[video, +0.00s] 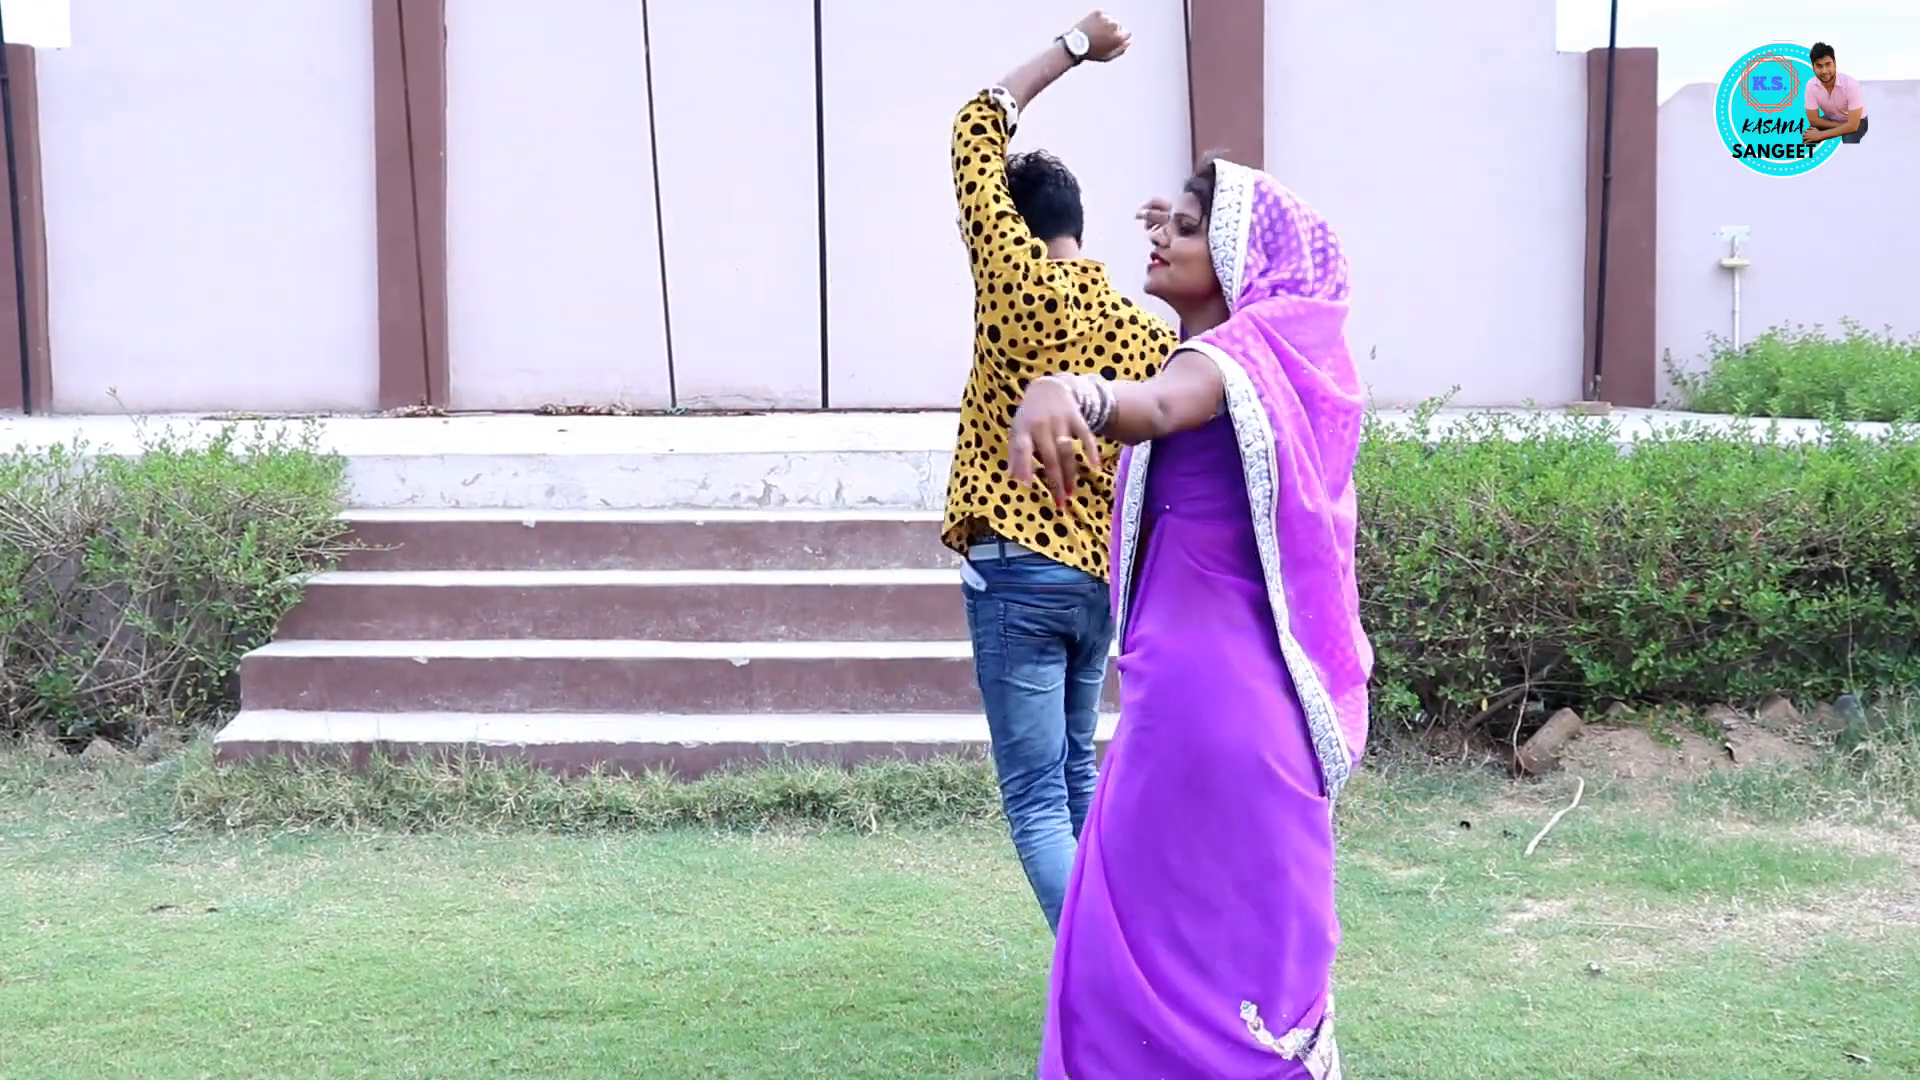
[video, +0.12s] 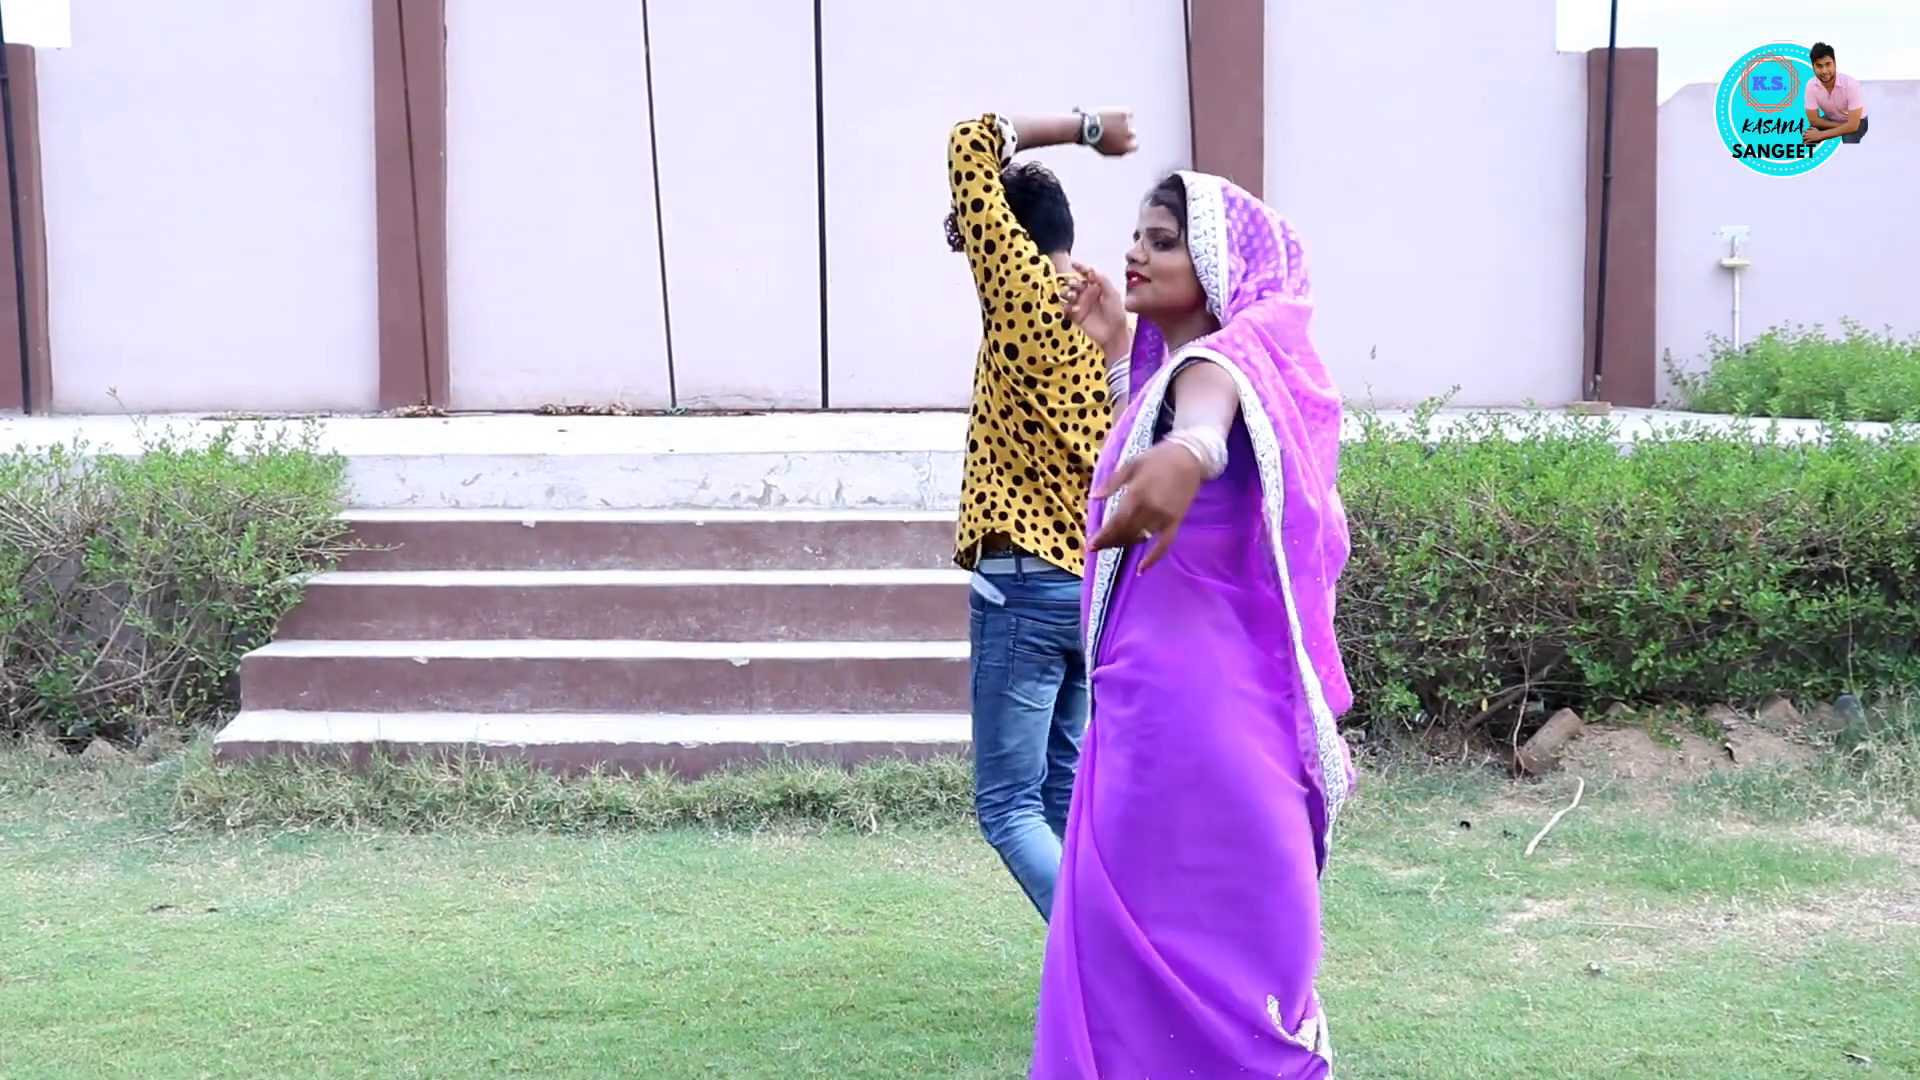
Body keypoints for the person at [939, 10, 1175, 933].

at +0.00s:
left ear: (1009, 225)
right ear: (1085, 230)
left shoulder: (1016, 280)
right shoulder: (1143, 328)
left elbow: (977, 134)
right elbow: (1178, 441)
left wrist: (1072, 46)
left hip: (1017, 574)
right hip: (1102, 582)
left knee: (1038, 803)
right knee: (1080, 774)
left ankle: (1106, 981)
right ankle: (1127, 957)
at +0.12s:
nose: (972, 251)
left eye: (974, 237)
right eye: (968, 240)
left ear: (1003, 233)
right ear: (1066, 231)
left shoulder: (1025, 292)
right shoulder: (1102, 312)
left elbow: (976, 142)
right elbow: (1112, 450)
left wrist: (1091, 126)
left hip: (1023, 586)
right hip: (1092, 583)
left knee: (1009, 807)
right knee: (1067, 796)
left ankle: (1118, 964)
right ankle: (1122, 982)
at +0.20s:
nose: (976, 285)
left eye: (979, 267)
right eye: (974, 269)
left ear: (1008, 256)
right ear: (1053, 255)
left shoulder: (1027, 315)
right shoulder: (1090, 325)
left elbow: (976, 169)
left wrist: (1077, 178)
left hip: (1022, 597)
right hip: (1072, 592)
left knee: (964, 805)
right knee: (1049, 786)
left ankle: (1097, 939)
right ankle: (1128, 942)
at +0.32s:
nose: (949, 289)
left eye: (953, 270)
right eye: (945, 273)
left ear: (990, 255)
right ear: (987, 262)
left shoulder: (1029, 314)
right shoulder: (1034, 325)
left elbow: (985, 183)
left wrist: (1025, 87)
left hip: (1012, 589)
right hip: (1041, 583)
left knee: (924, 786)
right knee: (1030, 793)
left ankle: (1059, 916)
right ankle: (1069, 959)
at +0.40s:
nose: (931, 262)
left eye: (942, 245)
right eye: (927, 246)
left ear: (983, 237)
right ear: (954, 243)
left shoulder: (1016, 299)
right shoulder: (996, 307)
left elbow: (985, 159)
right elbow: (972, 153)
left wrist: (986, 30)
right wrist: (984, 38)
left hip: (997, 569)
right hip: (1016, 568)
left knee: (921, 767)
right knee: (1028, 760)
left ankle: (1023, 923)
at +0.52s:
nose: (902, 244)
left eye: (917, 230)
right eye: (897, 229)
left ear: (963, 221)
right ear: (910, 222)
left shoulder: (996, 288)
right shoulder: (944, 310)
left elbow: (966, 135)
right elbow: (953, 445)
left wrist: (953, 24)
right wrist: (918, 540)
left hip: (980, 568)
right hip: (955, 564)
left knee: (933, 765)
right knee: (960, 762)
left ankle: (954, 948)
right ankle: (972, 945)